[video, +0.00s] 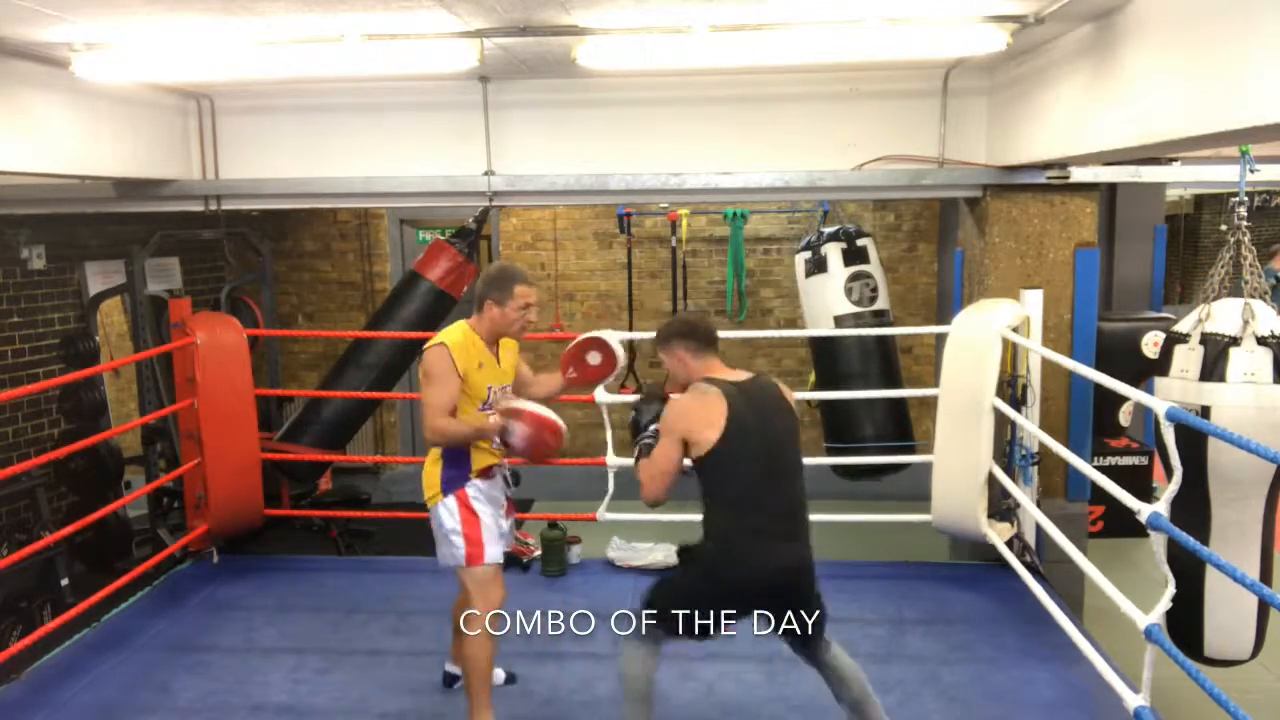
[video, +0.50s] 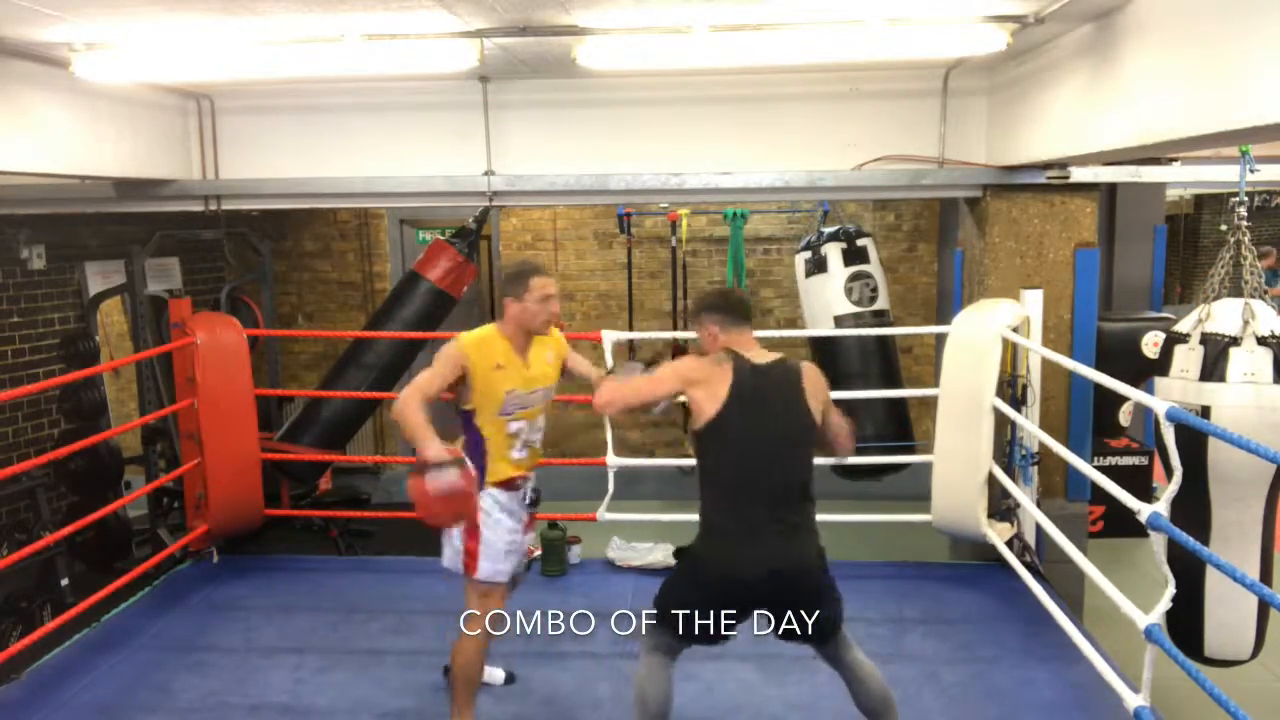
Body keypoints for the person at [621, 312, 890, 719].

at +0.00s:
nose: (668, 375)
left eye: (666, 364)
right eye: (664, 365)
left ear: (682, 355)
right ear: (711, 349)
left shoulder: (685, 407)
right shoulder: (778, 393)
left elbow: (652, 492)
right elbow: (759, 458)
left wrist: (648, 432)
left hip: (727, 570)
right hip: (790, 567)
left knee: (641, 636)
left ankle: (635, 716)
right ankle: (877, 716)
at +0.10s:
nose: (669, 378)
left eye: (668, 366)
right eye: (666, 367)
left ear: (685, 356)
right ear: (714, 350)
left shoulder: (696, 410)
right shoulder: (785, 396)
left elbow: (655, 496)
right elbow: (814, 471)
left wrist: (649, 437)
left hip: (740, 575)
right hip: (802, 570)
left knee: (649, 651)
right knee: (811, 660)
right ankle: (870, 716)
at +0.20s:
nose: (667, 368)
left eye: (666, 356)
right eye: (664, 358)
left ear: (688, 349)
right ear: (700, 346)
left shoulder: (731, 394)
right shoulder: (763, 387)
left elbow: (713, 484)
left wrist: (679, 445)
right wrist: (684, 430)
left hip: (758, 567)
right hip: (804, 561)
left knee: (649, 648)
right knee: (802, 657)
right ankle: (868, 718)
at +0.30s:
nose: (683, 360)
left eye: (681, 349)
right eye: (679, 351)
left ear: (698, 334)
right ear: (716, 331)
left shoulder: (733, 375)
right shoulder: (767, 367)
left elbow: (715, 462)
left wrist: (661, 445)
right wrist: (679, 407)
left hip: (752, 560)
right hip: (804, 557)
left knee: (656, 650)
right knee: (813, 653)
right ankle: (873, 716)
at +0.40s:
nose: (695, 340)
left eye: (695, 330)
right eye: (694, 331)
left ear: (711, 325)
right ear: (747, 321)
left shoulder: (709, 366)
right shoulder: (805, 364)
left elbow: (640, 428)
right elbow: (845, 409)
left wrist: (605, 395)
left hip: (731, 557)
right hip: (800, 557)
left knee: (658, 650)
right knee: (840, 649)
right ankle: (885, 716)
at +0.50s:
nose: (698, 343)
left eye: (699, 335)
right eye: (699, 335)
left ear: (712, 332)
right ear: (751, 329)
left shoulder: (698, 369)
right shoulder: (807, 377)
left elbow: (605, 400)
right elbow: (842, 445)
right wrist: (789, 419)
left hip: (723, 565)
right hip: (797, 566)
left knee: (658, 650)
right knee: (843, 651)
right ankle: (890, 718)